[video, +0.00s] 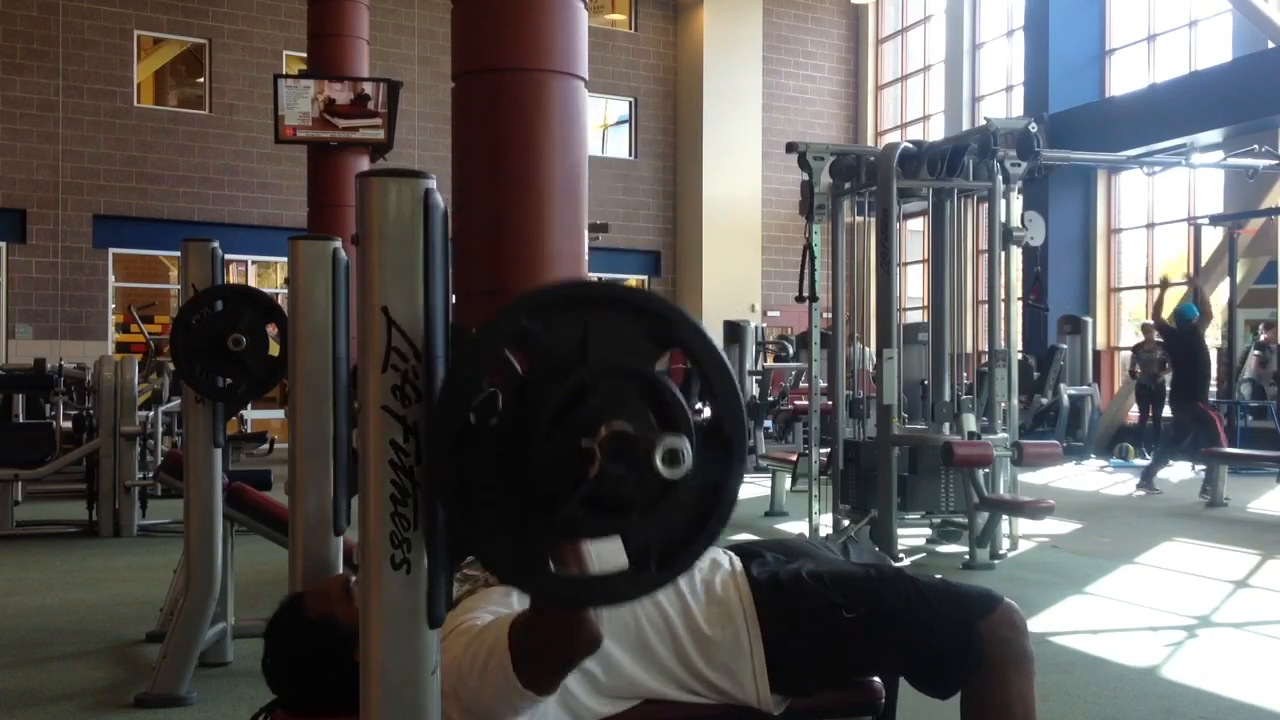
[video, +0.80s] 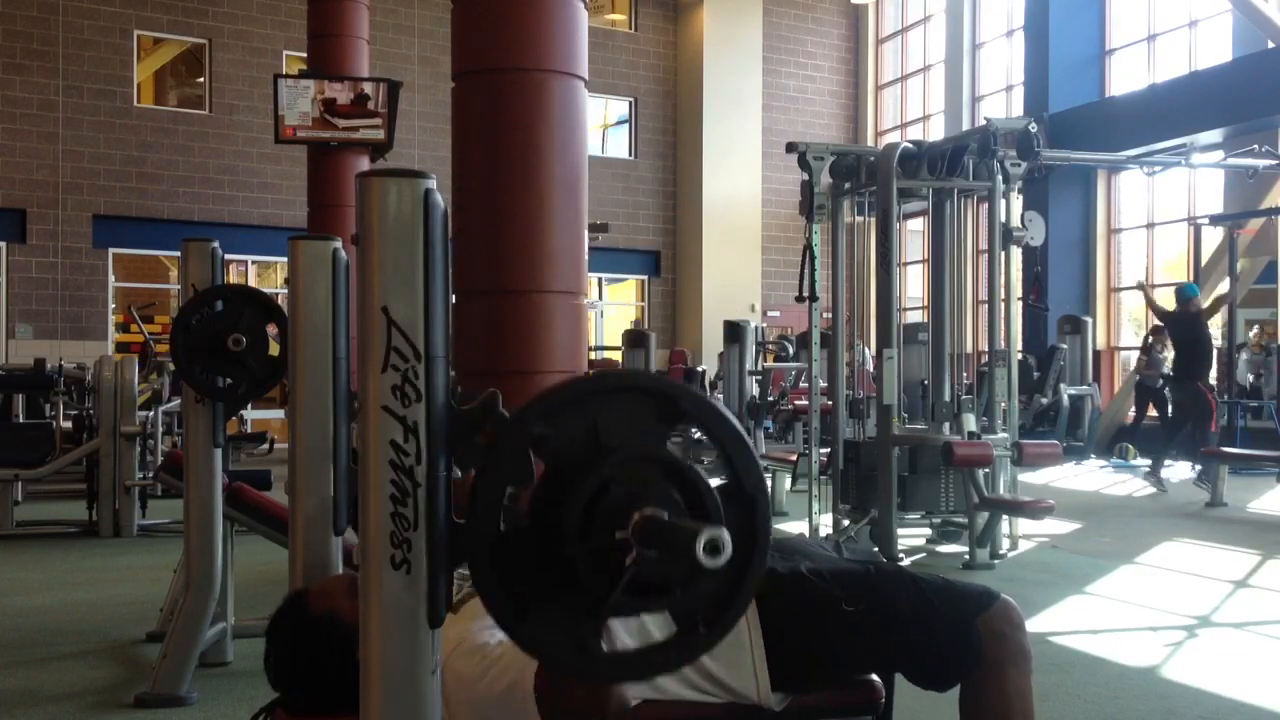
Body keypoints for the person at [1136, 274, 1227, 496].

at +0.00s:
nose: (1199, 319)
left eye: (1197, 316)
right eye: (1198, 316)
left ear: (1176, 320)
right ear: (1194, 320)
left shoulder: (1170, 335)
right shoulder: (1196, 333)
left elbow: (1156, 317)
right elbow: (1207, 311)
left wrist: (1162, 290)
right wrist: (1197, 286)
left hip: (1177, 398)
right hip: (1194, 399)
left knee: (1176, 438)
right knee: (1216, 436)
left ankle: (1147, 478)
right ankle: (1210, 484)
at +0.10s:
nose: (1199, 303)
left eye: (1197, 300)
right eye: (1196, 301)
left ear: (1178, 305)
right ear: (1191, 303)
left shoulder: (1171, 322)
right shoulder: (1196, 319)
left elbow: (1150, 317)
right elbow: (1213, 307)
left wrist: (1145, 296)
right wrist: (1224, 292)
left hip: (1181, 384)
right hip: (1197, 384)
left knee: (1176, 426)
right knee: (1209, 428)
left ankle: (1155, 471)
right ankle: (1209, 475)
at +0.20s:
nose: (1199, 296)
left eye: (1197, 293)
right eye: (1197, 293)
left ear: (1179, 298)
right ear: (1193, 296)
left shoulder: (1172, 317)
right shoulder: (1196, 313)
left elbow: (1151, 338)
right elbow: (1211, 325)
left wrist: (1147, 346)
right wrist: (1235, 327)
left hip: (1179, 377)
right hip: (1197, 377)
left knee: (1181, 421)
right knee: (1206, 419)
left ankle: (1168, 470)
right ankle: (1201, 473)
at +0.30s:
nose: (1200, 303)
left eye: (1198, 299)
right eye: (1198, 299)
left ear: (1178, 302)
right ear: (1192, 301)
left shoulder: (1171, 324)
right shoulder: (1198, 323)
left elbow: (1165, 353)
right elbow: (1214, 350)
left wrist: (1167, 372)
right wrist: (1233, 372)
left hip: (1177, 382)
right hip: (1196, 383)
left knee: (1186, 427)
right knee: (1204, 430)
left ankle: (1179, 476)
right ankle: (1195, 479)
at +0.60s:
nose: (1201, 299)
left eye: (1199, 295)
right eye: (1198, 296)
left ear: (1180, 300)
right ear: (1193, 299)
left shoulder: (1173, 321)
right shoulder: (1201, 321)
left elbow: (1167, 348)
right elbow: (1213, 344)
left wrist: (1162, 367)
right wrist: (1233, 363)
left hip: (1177, 378)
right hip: (1195, 380)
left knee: (1183, 423)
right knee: (1200, 426)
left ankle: (1176, 474)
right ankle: (1197, 477)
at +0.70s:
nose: (1200, 295)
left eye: (1199, 291)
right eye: (1198, 291)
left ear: (1179, 295)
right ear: (1192, 294)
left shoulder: (1173, 315)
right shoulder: (1200, 314)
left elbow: (1153, 326)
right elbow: (1227, 322)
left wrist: (1150, 336)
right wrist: (1247, 324)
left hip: (1177, 373)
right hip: (1196, 374)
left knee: (1180, 417)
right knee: (1204, 421)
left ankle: (1167, 467)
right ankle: (1200, 470)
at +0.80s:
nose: (1200, 302)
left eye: (1198, 299)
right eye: (1197, 299)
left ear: (1179, 301)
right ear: (1191, 301)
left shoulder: (1170, 318)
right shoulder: (1199, 317)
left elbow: (1153, 305)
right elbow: (1221, 302)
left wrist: (1145, 289)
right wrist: (1233, 286)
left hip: (1178, 381)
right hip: (1196, 382)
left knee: (1177, 424)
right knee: (1208, 426)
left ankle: (1154, 471)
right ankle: (1206, 473)